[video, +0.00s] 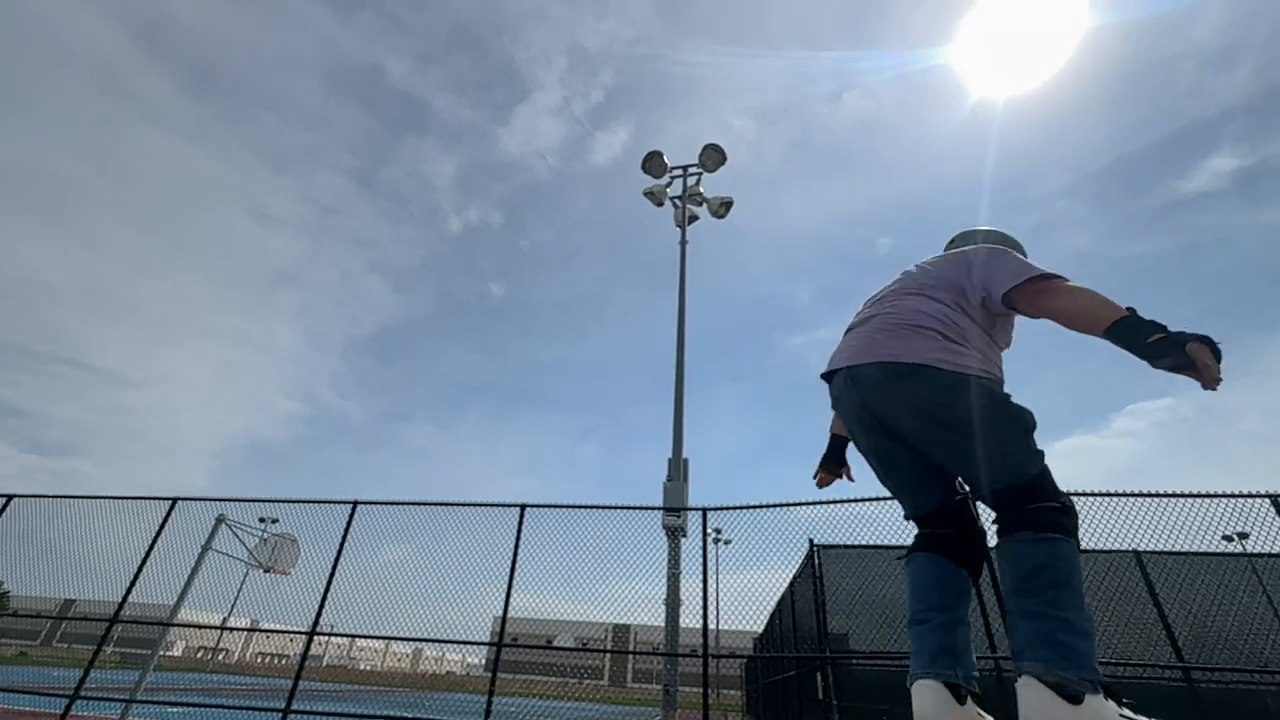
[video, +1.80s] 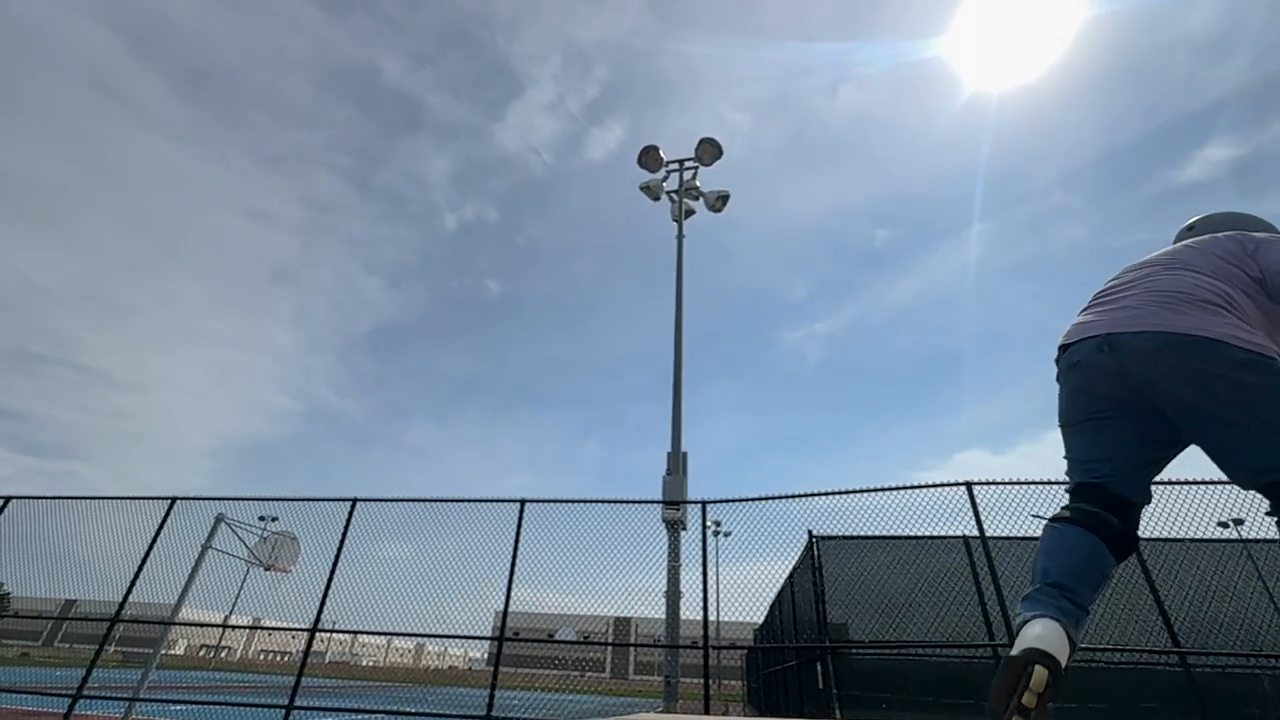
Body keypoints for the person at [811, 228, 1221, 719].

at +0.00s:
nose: (1021, 272)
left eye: (1020, 266)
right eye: (1016, 264)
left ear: (953, 251)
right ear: (999, 253)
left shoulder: (906, 284)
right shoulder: (988, 257)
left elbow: (855, 369)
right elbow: (1051, 296)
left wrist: (837, 445)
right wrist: (1153, 339)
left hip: (854, 383)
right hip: (928, 365)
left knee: (945, 524)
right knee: (1034, 506)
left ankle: (936, 685)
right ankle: (1060, 683)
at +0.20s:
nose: (1060, 275)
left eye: (1056, 268)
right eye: (1054, 266)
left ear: (987, 248)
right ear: (1034, 252)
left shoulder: (940, 275)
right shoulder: (1027, 258)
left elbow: (898, 370)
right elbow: (1098, 295)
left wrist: (888, 461)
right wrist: (1217, 341)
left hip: (876, 373)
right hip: (959, 356)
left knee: (964, 525)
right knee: (1072, 502)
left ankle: (948, 677)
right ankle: (1105, 677)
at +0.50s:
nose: (1095, 277)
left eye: (1091, 271)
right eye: (1089, 267)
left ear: (1019, 250)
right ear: (1073, 256)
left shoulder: (972, 275)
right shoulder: (1069, 262)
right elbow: (1152, 297)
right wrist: (1254, 339)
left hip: (909, 368)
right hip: (1004, 354)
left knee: (983, 522)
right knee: (1113, 496)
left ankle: (959, 671)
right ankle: (1166, 674)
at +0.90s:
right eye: (1145, 272)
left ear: (1073, 254)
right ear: (1132, 259)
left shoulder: (1031, 280)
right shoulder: (1129, 266)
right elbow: (1210, 302)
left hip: (962, 374)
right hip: (1057, 361)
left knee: (1020, 533)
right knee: (1184, 501)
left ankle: (977, 677)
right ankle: (1236, 672)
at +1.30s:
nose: (1206, 259)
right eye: (1200, 251)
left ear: (1125, 240)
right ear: (1184, 241)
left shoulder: (1090, 267)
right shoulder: (1185, 251)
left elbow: (1141, 368)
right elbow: (1266, 290)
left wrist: (1234, 406)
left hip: (1014, 362)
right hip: (1114, 348)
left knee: (1047, 518)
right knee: (1239, 485)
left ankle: (992, 666)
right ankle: (1272, 661)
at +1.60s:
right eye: (1247, 250)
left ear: (1164, 243)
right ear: (1230, 241)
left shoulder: (1123, 268)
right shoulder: (1241, 252)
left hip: (1060, 360)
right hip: (1169, 347)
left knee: (1077, 513)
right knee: (1272, 484)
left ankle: (1026, 643)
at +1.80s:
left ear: (1186, 240)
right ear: (1253, 233)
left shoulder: (1147, 265)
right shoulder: (1266, 243)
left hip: (1089, 349)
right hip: (1210, 340)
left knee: (1098, 505)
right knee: (1275, 484)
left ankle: (1044, 631)